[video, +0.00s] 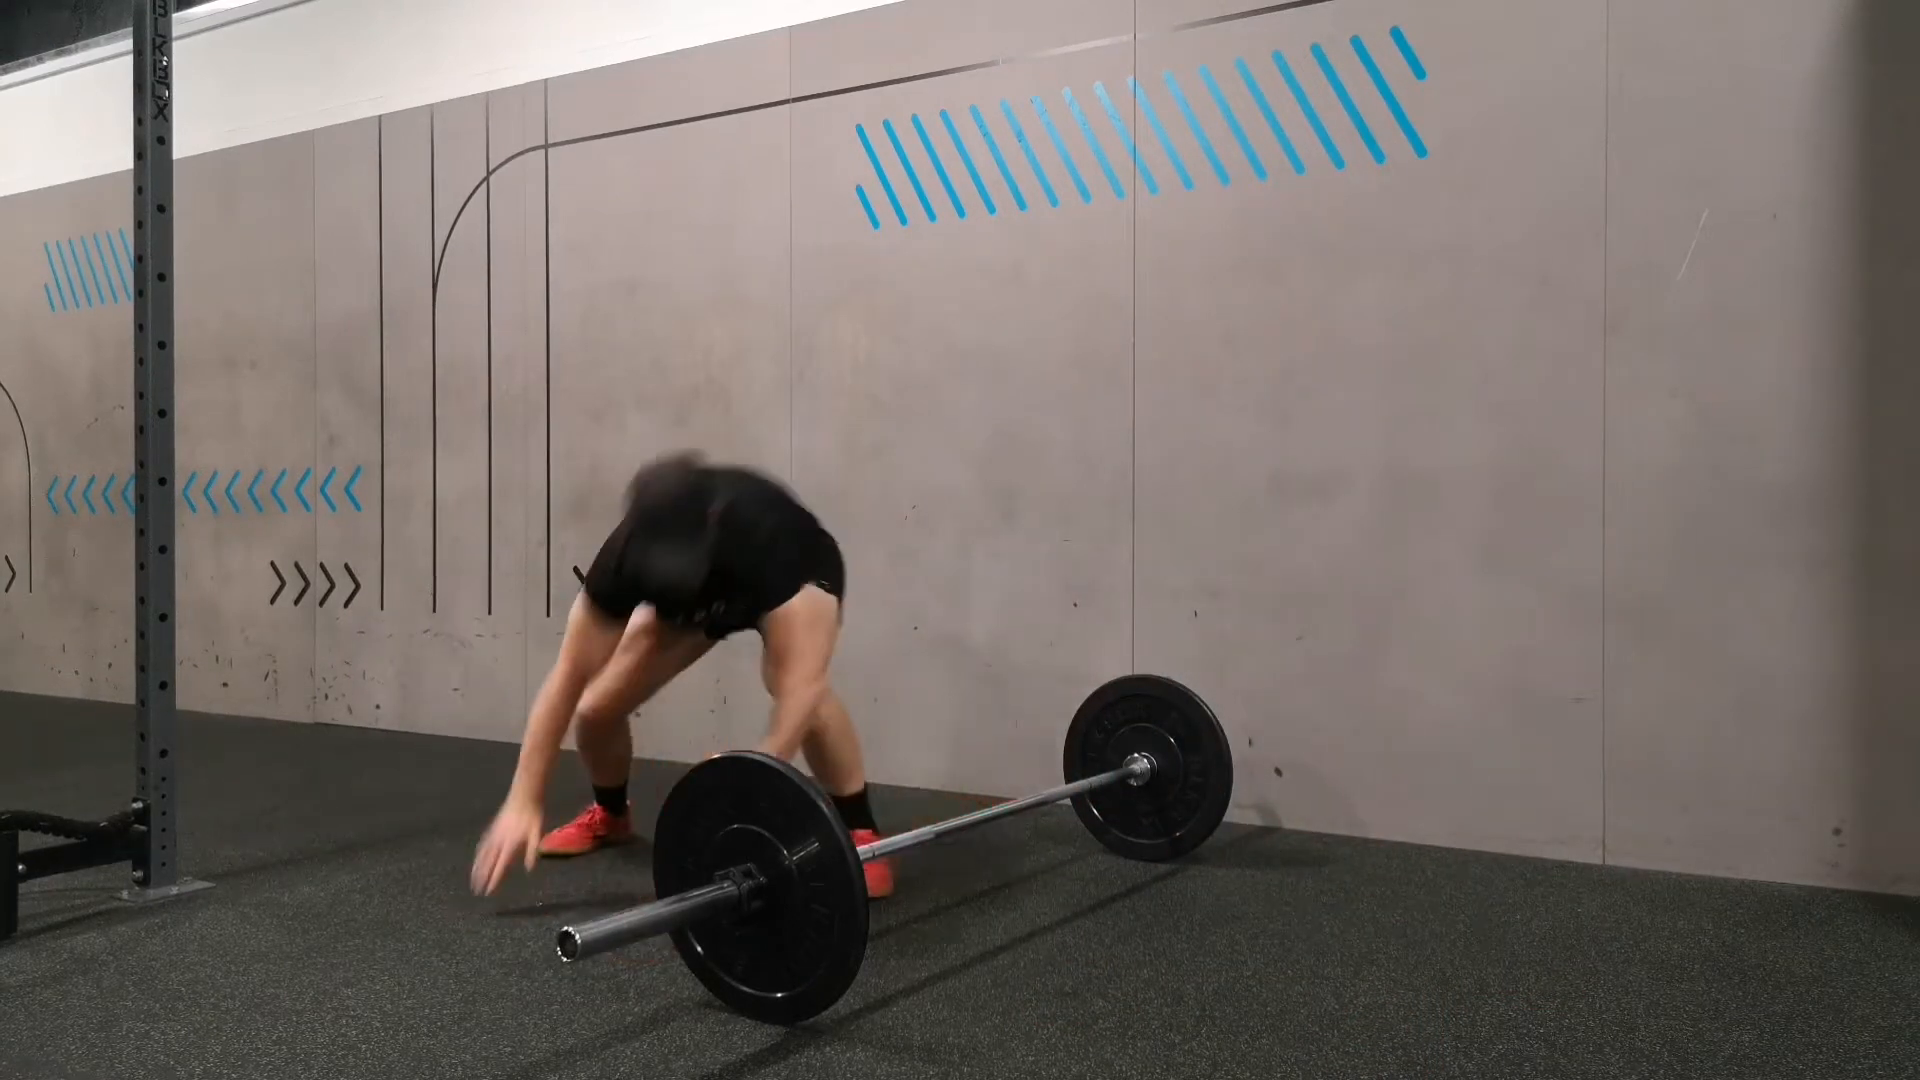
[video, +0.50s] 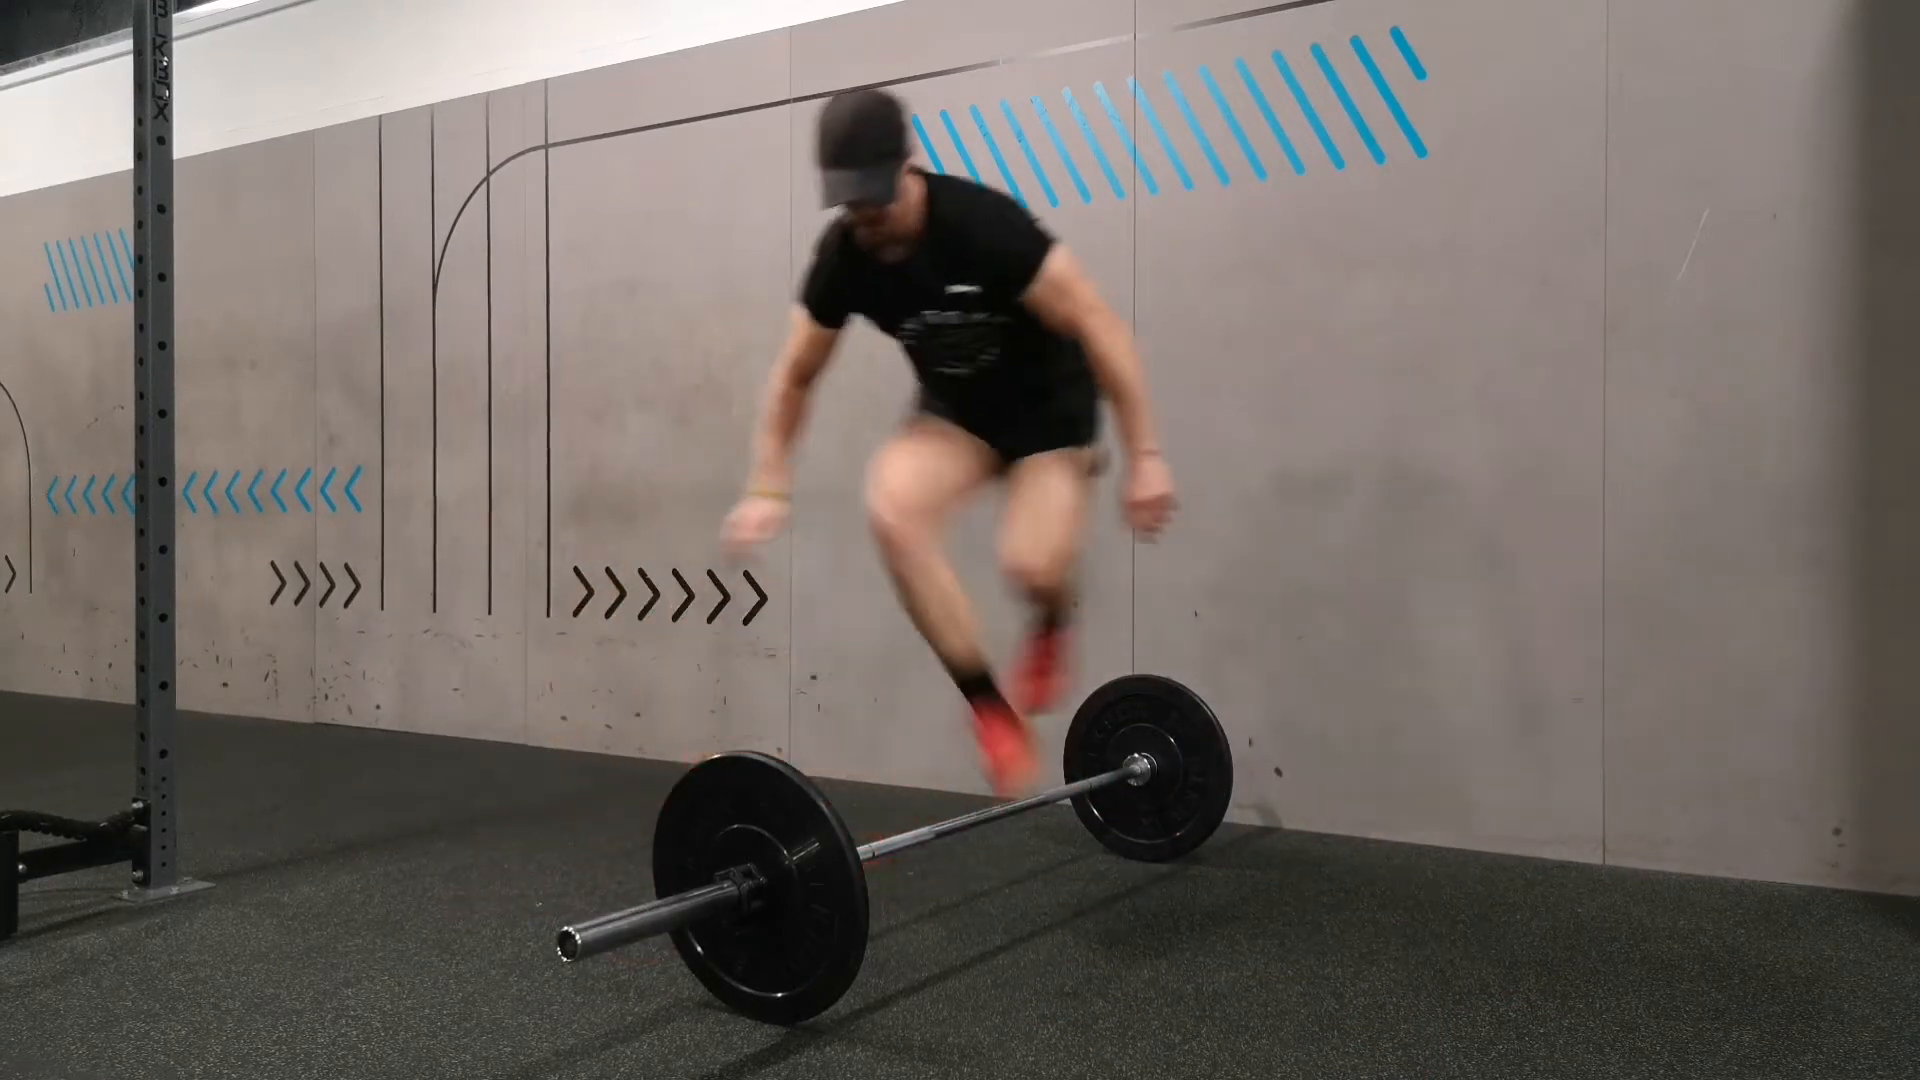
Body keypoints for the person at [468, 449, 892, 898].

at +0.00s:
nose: (665, 603)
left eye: (681, 592)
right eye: (660, 597)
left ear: (708, 545)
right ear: (636, 547)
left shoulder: (766, 541)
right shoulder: (623, 557)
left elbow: (803, 679)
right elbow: (568, 678)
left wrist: (768, 763)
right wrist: (522, 801)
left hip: (791, 583)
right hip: (692, 593)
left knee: (805, 695)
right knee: (595, 712)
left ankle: (862, 839)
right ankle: (610, 815)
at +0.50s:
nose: (866, 220)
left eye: (877, 201)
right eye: (852, 206)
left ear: (912, 173)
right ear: (835, 189)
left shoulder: (983, 223)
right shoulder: (842, 255)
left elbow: (1096, 321)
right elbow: (797, 375)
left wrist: (1145, 455)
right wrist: (768, 487)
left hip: (1050, 402)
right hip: (956, 409)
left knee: (1034, 564)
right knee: (894, 512)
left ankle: (1051, 625)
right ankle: (991, 712)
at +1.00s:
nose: (1122, 677)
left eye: (1133, 655)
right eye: (1105, 670)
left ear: (1157, 588)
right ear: (1069, 609)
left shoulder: (1228, 583)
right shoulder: (1078, 582)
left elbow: (1305, 764)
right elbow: (1053, 746)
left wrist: (1359, 944)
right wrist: (1045, 910)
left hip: (1305, 473)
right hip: (1184, 465)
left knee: (1399, 706)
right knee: (1109, 695)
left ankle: (1504, 886)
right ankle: (1187, 830)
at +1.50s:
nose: (1127, 987)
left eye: (1137, 969)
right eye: (1104, 975)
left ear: (1175, 919)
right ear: (1069, 920)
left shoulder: (1288, 905)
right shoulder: (1063, 884)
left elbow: (1443, 897)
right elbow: (1009, 842)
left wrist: (1395, 1040)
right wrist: (1042, 968)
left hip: (1331, 867)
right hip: (1200, 856)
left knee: (1451, 873)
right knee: (1253, 829)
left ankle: (1510, 803)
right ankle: (1312, 789)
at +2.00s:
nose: (1107, 801)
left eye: (1117, 784)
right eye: (1087, 792)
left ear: (1158, 732)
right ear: (1043, 740)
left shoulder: (1256, 728)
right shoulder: (1057, 731)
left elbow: (1382, 875)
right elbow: (1012, 842)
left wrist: (1389, 1040)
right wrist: (1047, 969)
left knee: (1435, 813)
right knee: (1251, 821)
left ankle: (1526, 798)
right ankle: (1296, 832)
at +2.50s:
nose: (944, 442)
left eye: (947, 421)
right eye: (934, 430)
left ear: (989, 387)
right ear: (937, 426)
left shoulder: (1099, 408)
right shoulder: (973, 474)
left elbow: (1235, 507)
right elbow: (991, 610)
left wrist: (1342, 614)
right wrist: (1019, 728)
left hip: (1232, 544)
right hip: (1135, 569)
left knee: (1282, 719)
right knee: (1048, 709)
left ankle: (1451, 899)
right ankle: (1159, 874)